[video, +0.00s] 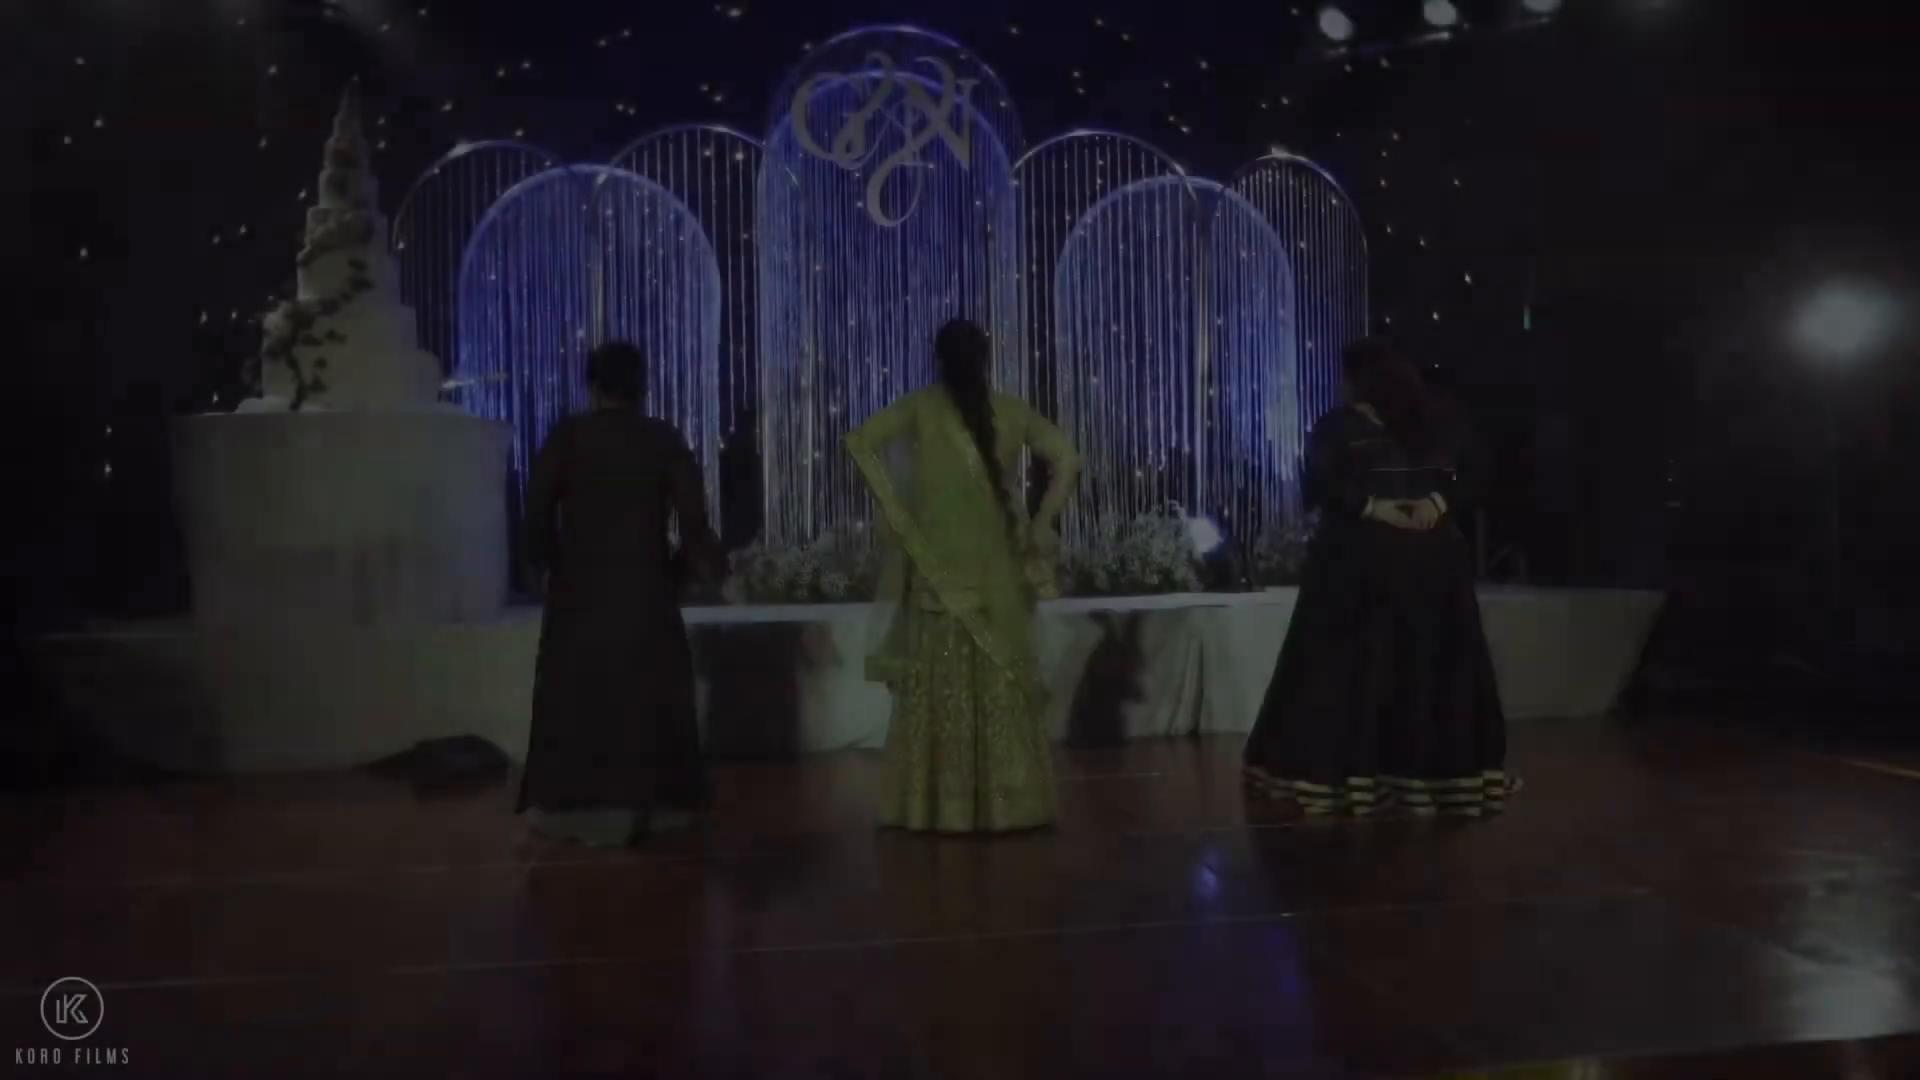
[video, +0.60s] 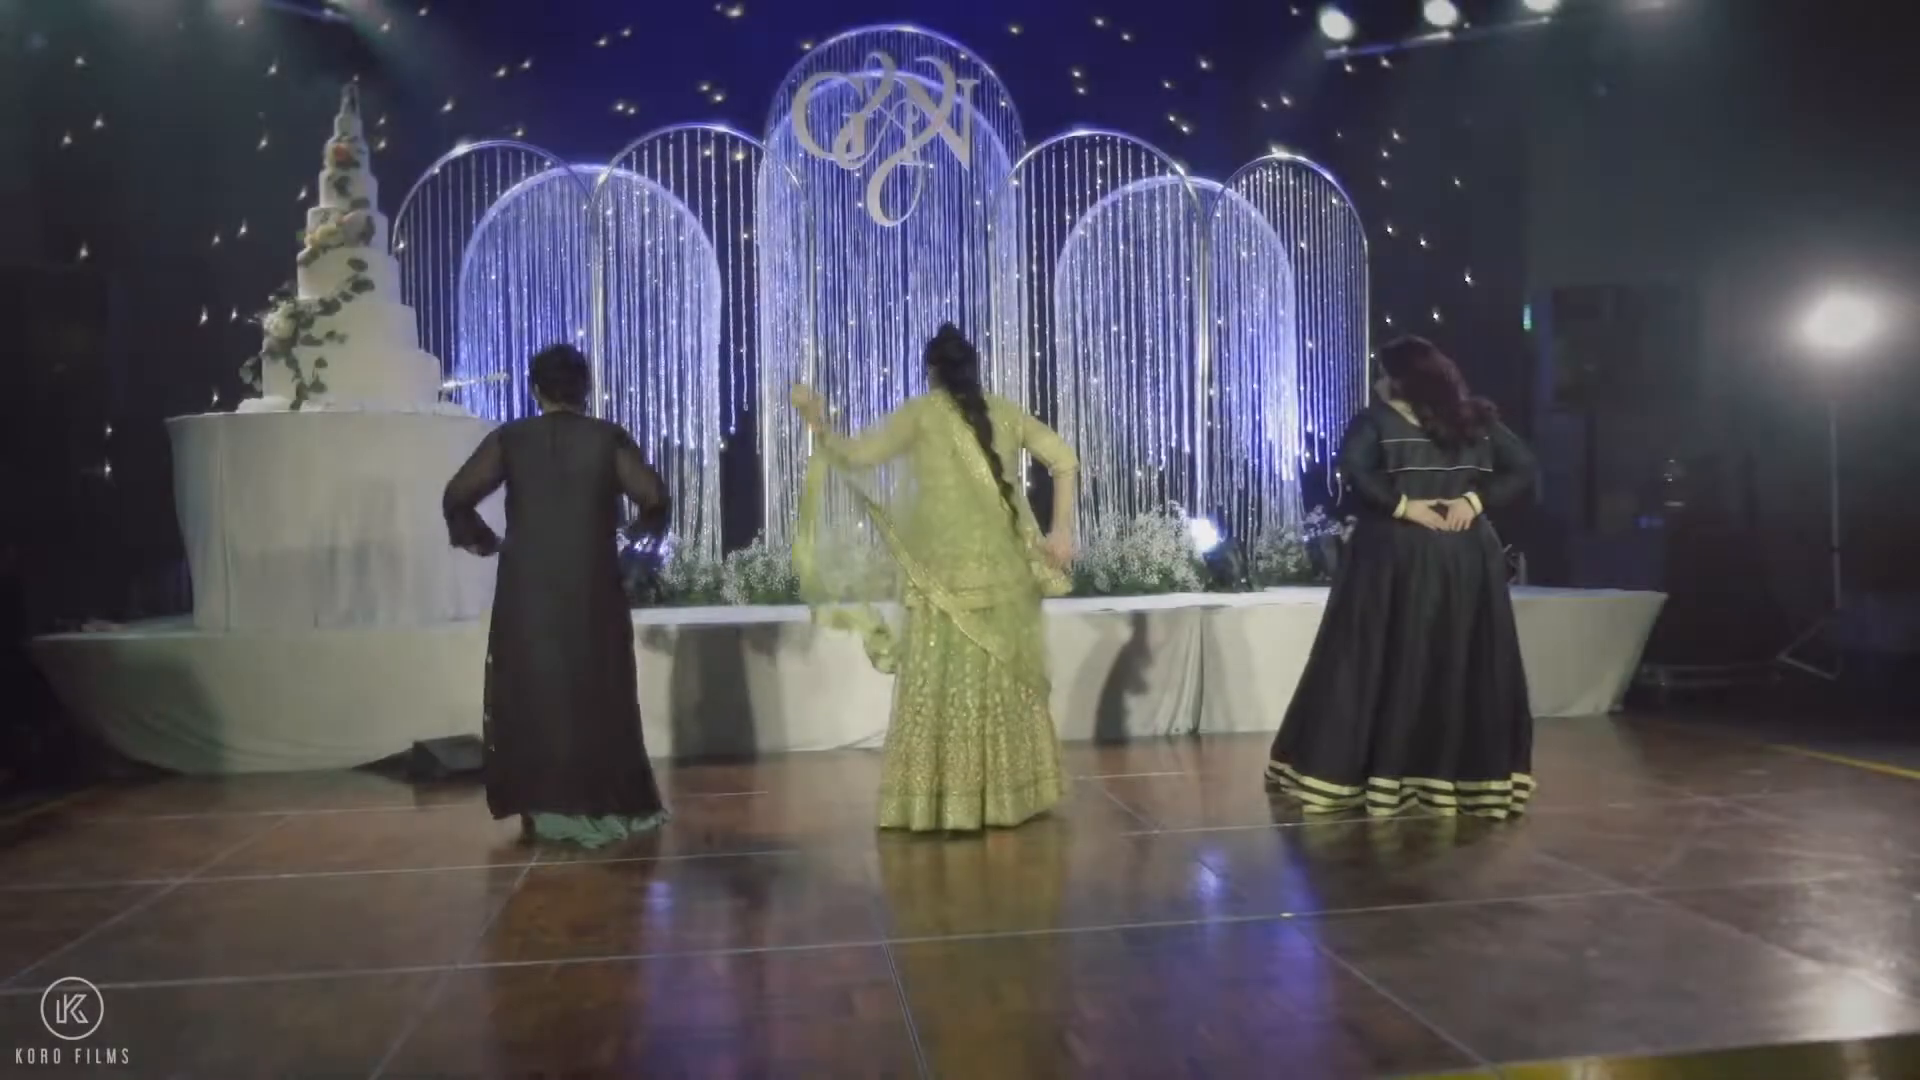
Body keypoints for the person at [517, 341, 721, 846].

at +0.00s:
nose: (612, 394)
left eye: (603, 382)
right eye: (626, 382)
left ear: (592, 385)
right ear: (642, 386)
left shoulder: (565, 437)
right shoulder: (665, 440)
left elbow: (537, 517)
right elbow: (694, 527)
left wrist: (559, 566)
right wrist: (675, 575)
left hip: (580, 593)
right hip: (644, 592)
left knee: (577, 700)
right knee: (650, 697)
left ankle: (571, 809)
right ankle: (651, 807)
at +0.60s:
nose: (555, 394)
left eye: (542, 386)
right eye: (573, 384)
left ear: (536, 391)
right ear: (585, 388)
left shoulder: (511, 437)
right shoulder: (609, 439)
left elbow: (457, 497)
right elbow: (654, 497)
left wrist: (478, 537)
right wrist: (645, 528)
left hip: (528, 588)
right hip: (590, 588)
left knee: (533, 696)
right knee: (595, 694)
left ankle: (540, 808)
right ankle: (600, 806)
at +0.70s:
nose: (541, 396)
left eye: (535, 388)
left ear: (532, 391)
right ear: (583, 390)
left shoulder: (504, 437)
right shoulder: (605, 438)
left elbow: (422, 477)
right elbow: (682, 479)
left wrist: (438, 502)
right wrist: (681, 500)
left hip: (526, 596)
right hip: (591, 595)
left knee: (533, 700)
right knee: (597, 699)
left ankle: (541, 811)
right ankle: (602, 810)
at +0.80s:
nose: (548, 394)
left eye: (537, 386)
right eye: (566, 383)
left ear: (530, 389)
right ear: (580, 388)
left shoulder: (503, 435)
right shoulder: (606, 435)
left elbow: (429, 443)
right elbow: (674, 449)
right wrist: (725, 450)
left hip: (525, 590)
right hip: (590, 590)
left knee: (533, 697)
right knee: (594, 694)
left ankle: (540, 812)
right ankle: (598, 810)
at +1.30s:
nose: (577, 395)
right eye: (581, 387)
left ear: (533, 389)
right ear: (581, 388)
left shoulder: (505, 429)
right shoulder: (605, 436)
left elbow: (431, 453)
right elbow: (679, 429)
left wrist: (382, 503)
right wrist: (698, 369)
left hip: (521, 585)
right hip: (585, 585)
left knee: (530, 693)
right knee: (593, 692)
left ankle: (537, 810)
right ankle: (599, 812)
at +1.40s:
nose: (588, 397)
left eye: (584, 391)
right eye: (586, 391)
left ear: (536, 391)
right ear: (581, 391)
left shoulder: (507, 430)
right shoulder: (605, 437)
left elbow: (437, 463)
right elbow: (676, 436)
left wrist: (438, 535)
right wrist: (664, 385)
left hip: (520, 584)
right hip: (584, 586)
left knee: (527, 691)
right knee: (592, 690)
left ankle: (535, 806)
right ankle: (595, 807)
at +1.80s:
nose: (595, 399)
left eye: (590, 392)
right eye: (594, 392)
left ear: (540, 393)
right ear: (588, 393)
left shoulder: (512, 433)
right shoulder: (613, 441)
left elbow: (441, 464)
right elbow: (683, 453)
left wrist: (400, 501)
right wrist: (677, 393)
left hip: (523, 587)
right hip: (588, 589)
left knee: (531, 693)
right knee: (594, 693)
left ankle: (537, 809)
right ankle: (596, 810)